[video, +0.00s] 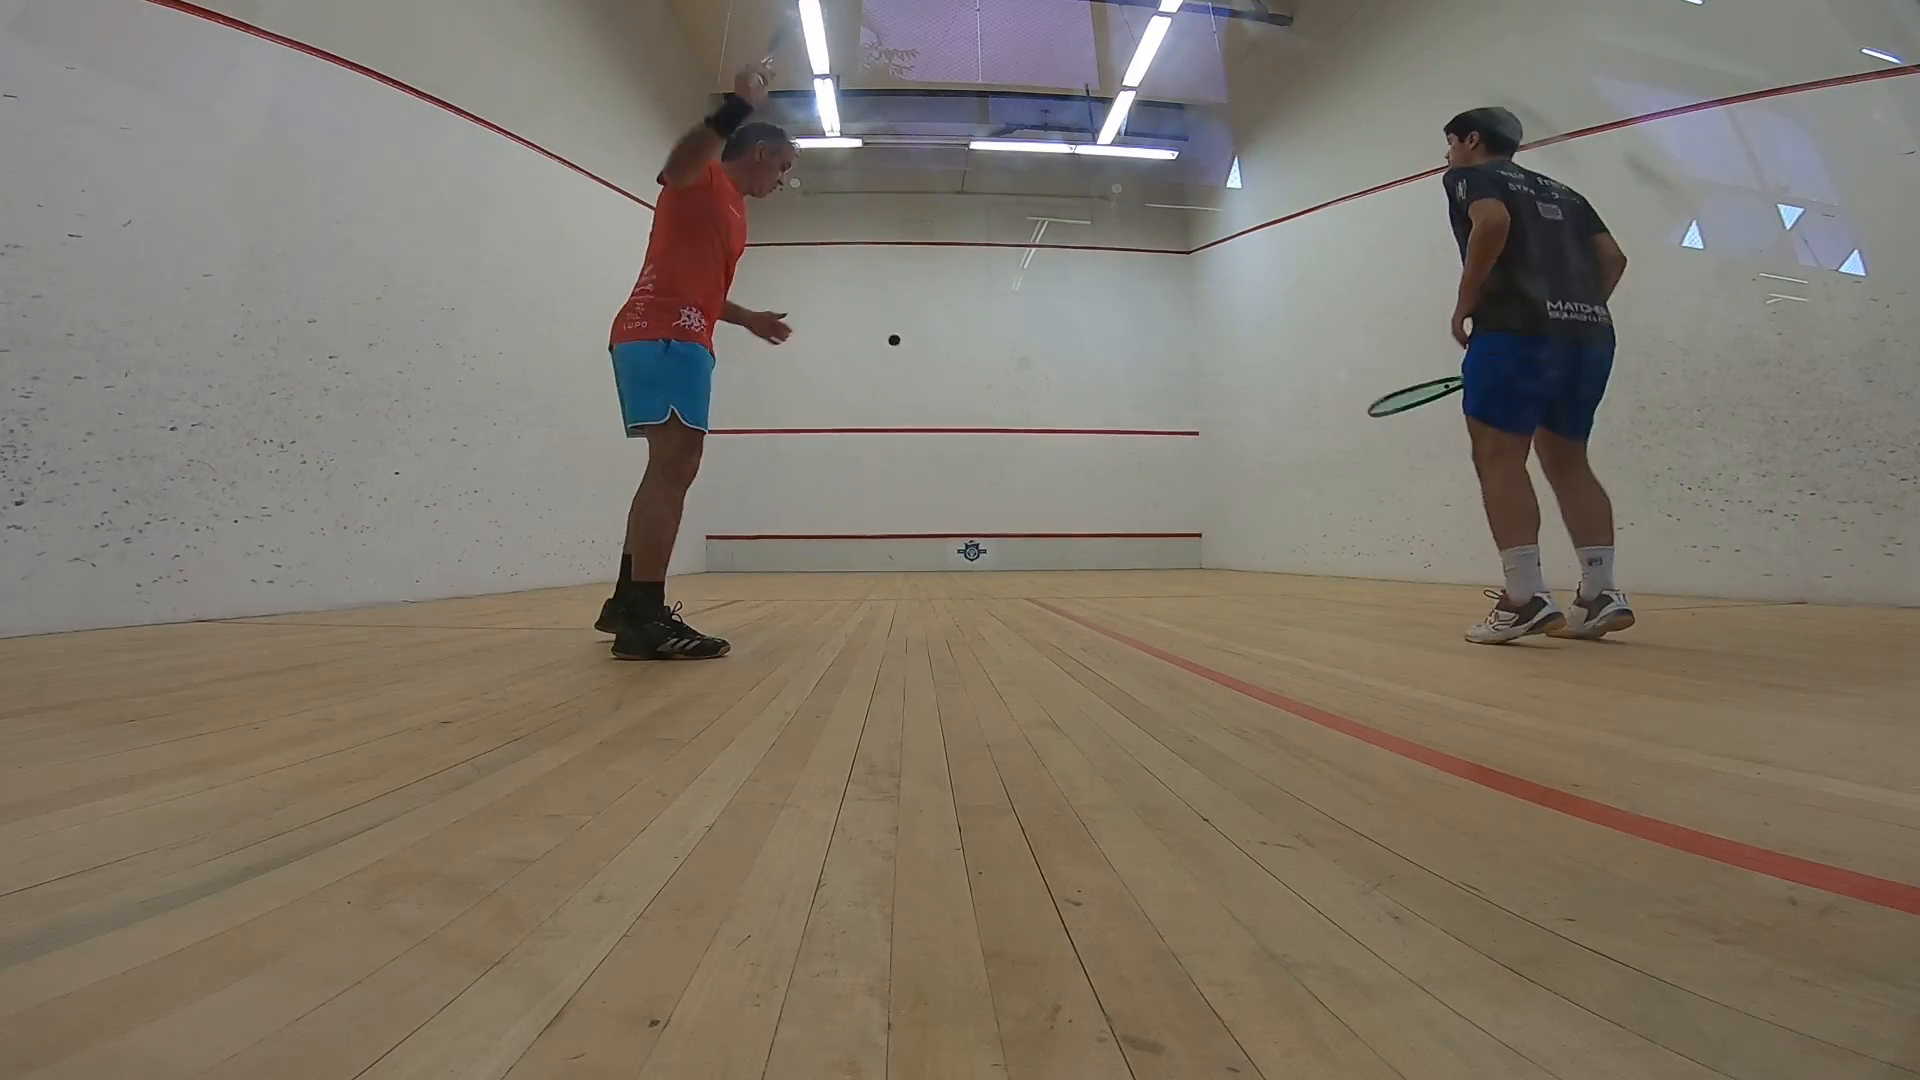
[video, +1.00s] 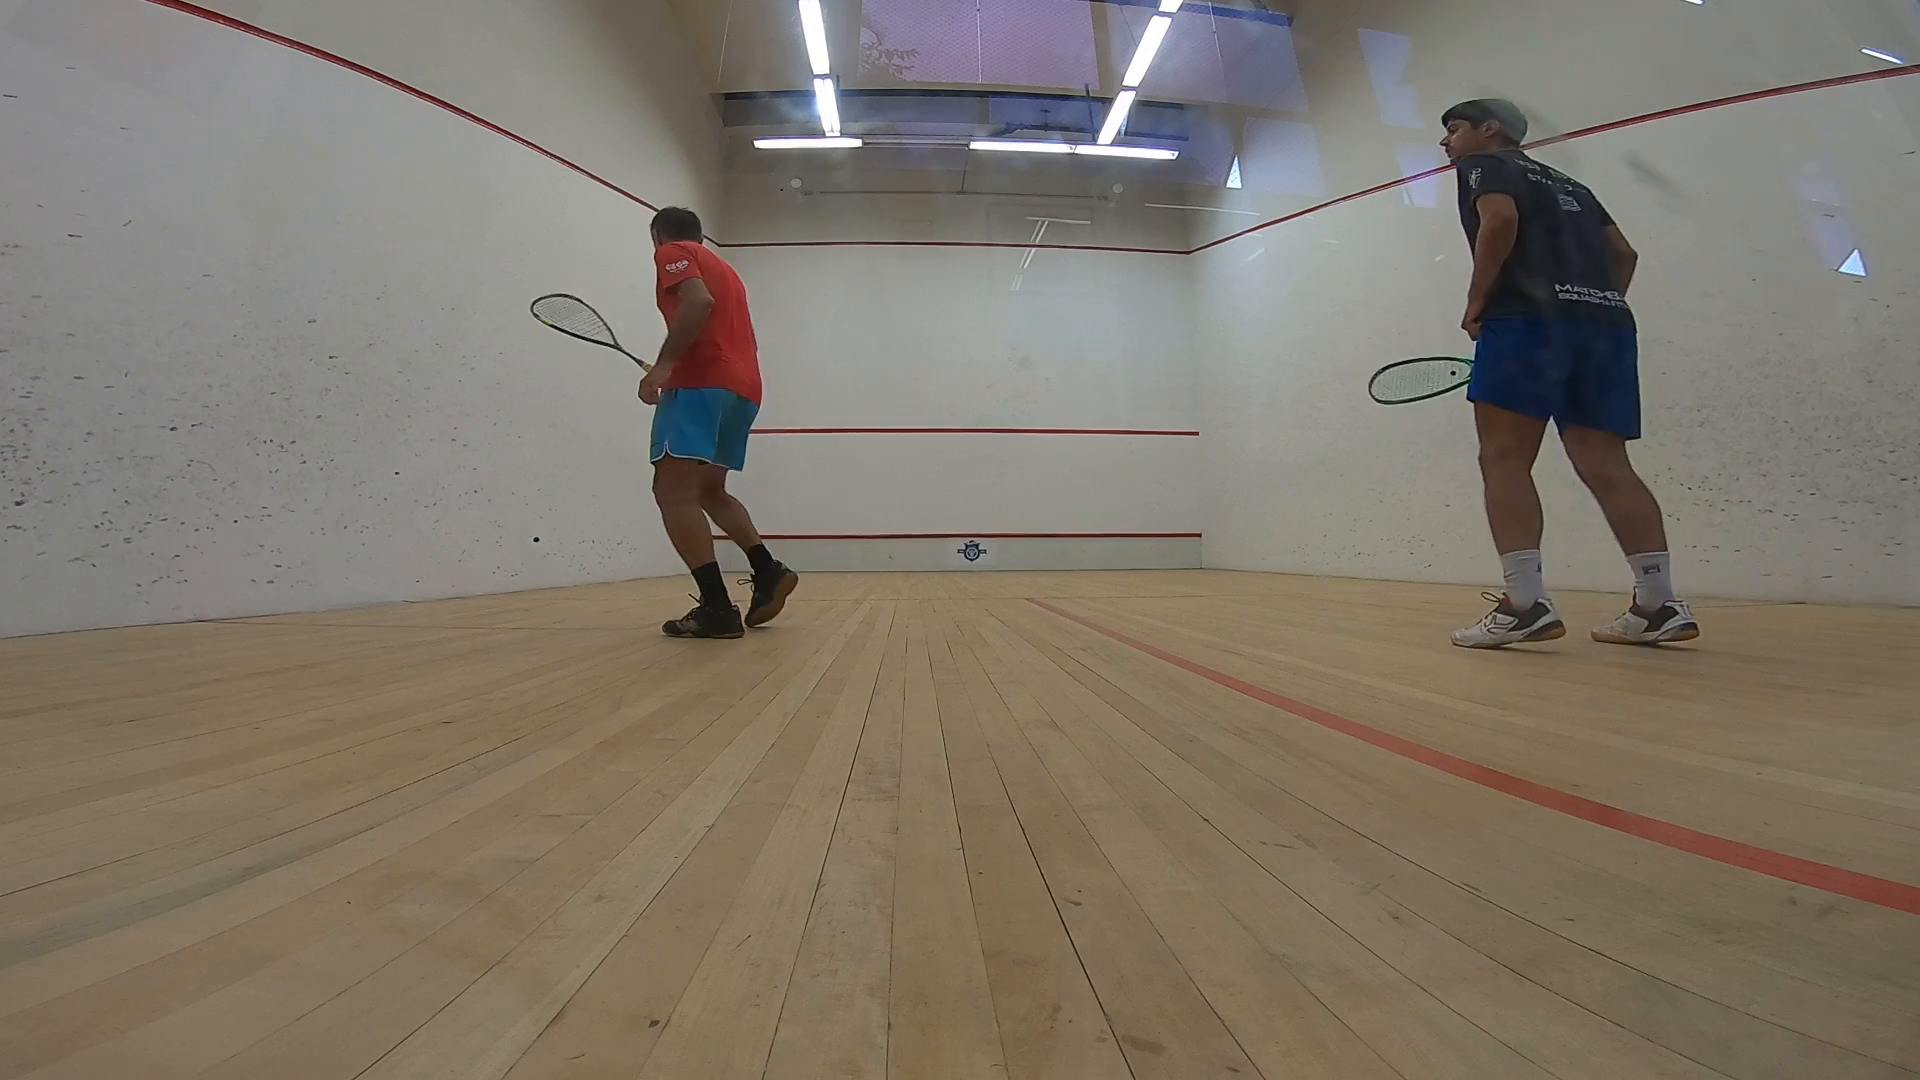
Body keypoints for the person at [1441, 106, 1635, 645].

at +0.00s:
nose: (1448, 154)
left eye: (1451, 144)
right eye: (1449, 145)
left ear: (1472, 141)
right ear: (1508, 147)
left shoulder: (1467, 174)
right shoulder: (1561, 191)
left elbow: (1492, 219)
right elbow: (1611, 257)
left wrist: (1464, 303)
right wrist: (1574, 317)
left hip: (1517, 330)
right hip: (1590, 336)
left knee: (1499, 458)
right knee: (1566, 457)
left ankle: (1524, 596)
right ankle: (1601, 594)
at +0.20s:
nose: (1454, 145)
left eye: (1456, 135)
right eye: (1454, 137)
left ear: (1476, 129)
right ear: (1512, 136)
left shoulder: (1474, 159)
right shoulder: (1569, 177)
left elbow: (1494, 210)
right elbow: (1628, 243)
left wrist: (1473, 285)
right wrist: (1608, 304)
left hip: (1526, 312)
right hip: (1602, 312)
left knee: (1516, 443)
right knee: (1588, 442)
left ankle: (1538, 583)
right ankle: (1642, 579)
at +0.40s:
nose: (1463, 159)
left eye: (1466, 148)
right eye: (1462, 149)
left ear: (1488, 140)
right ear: (1524, 147)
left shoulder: (1481, 174)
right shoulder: (1585, 189)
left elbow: (1501, 226)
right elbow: (1641, 257)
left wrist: (1485, 315)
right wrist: (1621, 325)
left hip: (1539, 335)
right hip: (1616, 337)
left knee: (1528, 465)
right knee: (1605, 459)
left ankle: (1556, 600)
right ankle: (1658, 598)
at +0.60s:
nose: (1467, 140)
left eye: (1472, 129)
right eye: (1468, 130)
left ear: (1497, 127)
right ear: (1531, 133)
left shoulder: (1486, 160)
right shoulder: (1591, 176)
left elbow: (1497, 214)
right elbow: (1647, 244)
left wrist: (1474, 291)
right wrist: (1628, 311)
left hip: (1542, 312)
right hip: (1620, 314)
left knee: (1535, 441)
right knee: (1613, 444)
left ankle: (1573, 586)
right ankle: (1657, 590)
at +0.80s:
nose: (1466, 156)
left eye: (1472, 145)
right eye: (1467, 147)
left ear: (1506, 141)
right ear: (1523, 145)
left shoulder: (1493, 175)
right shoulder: (1594, 193)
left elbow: (1509, 233)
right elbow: (1644, 268)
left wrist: (1493, 316)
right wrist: (1626, 335)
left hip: (1546, 340)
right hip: (1623, 347)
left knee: (1511, 470)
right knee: (1605, 469)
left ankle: (1577, 596)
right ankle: (1660, 607)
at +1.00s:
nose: (1446, 143)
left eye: (1454, 131)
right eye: (1446, 134)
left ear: (1491, 128)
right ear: (1502, 134)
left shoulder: (1482, 161)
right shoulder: (1568, 184)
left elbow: (1500, 219)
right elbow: (1622, 255)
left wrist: (1476, 298)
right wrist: (1596, 322)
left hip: (1529, 324)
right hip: (1604, 326)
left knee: (1505, 458)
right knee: (1604, 463)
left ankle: (1525, 603)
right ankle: (1659, 605)